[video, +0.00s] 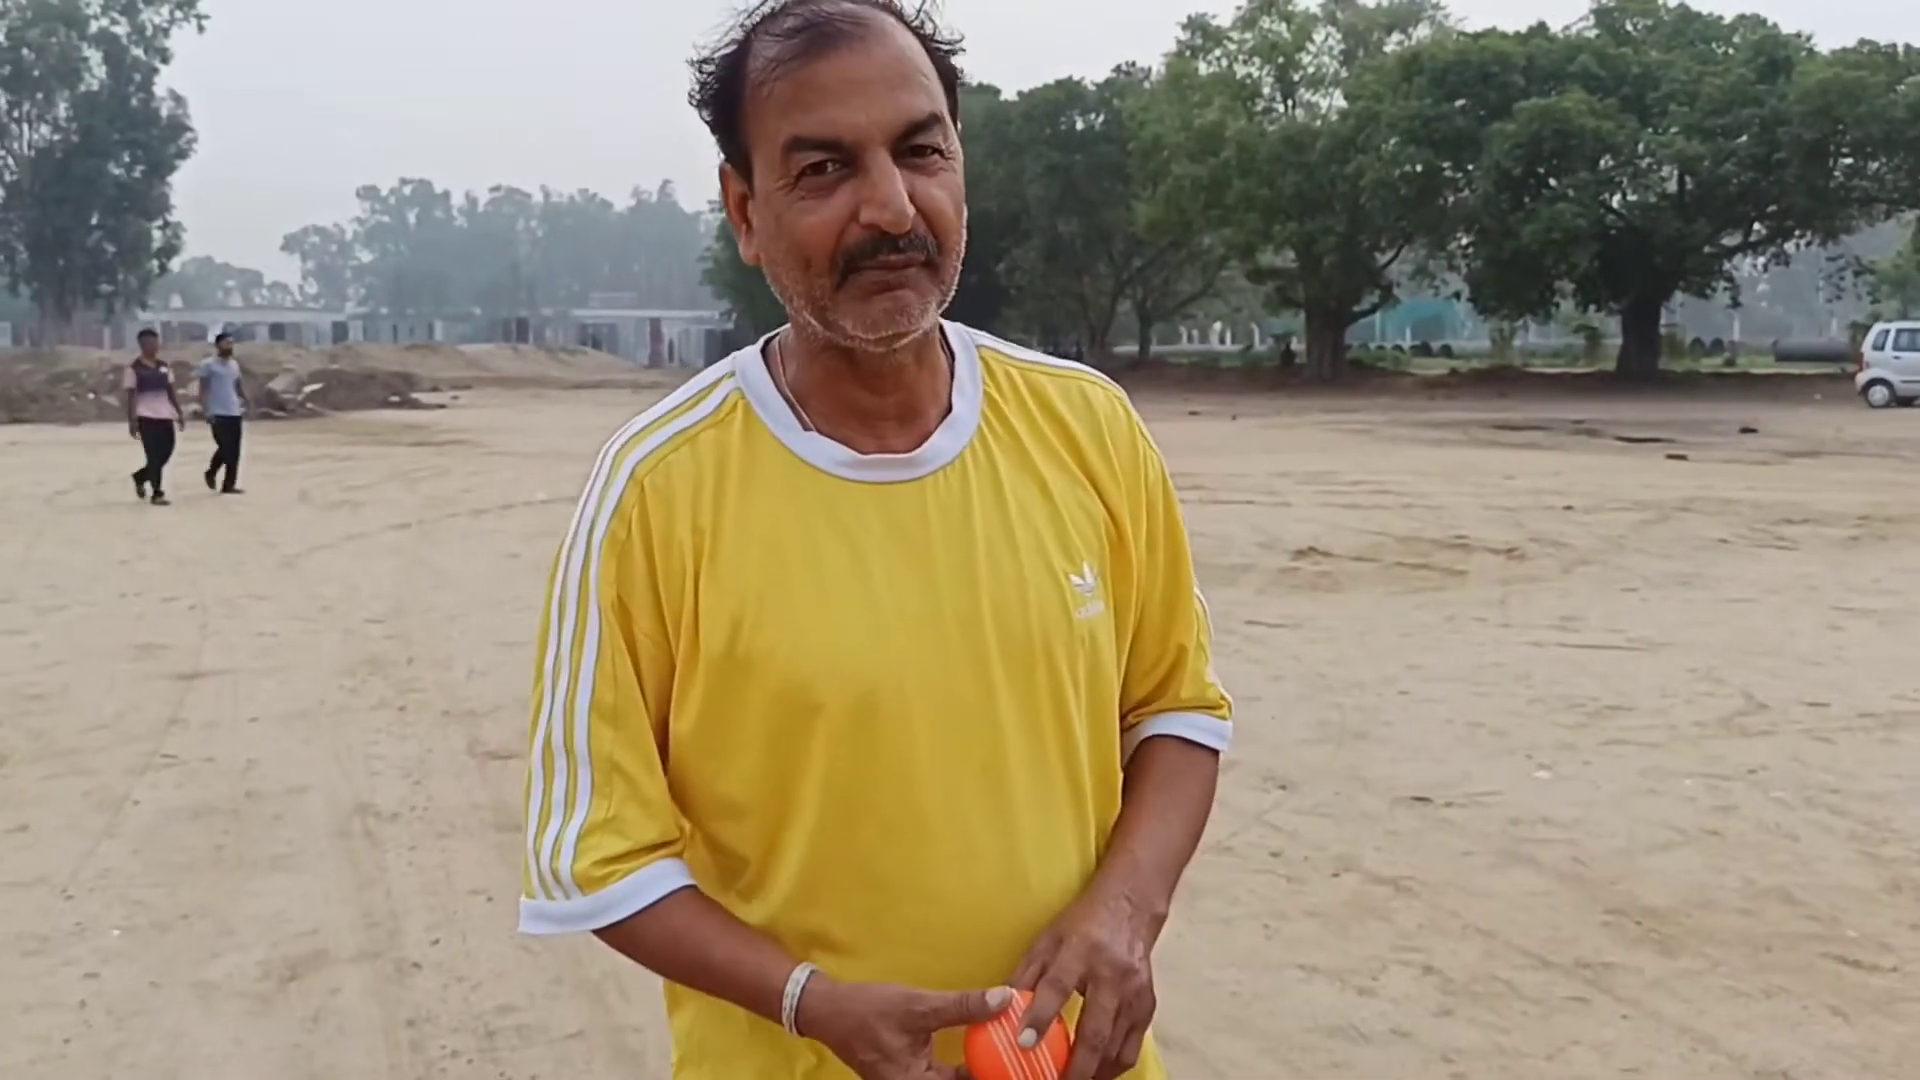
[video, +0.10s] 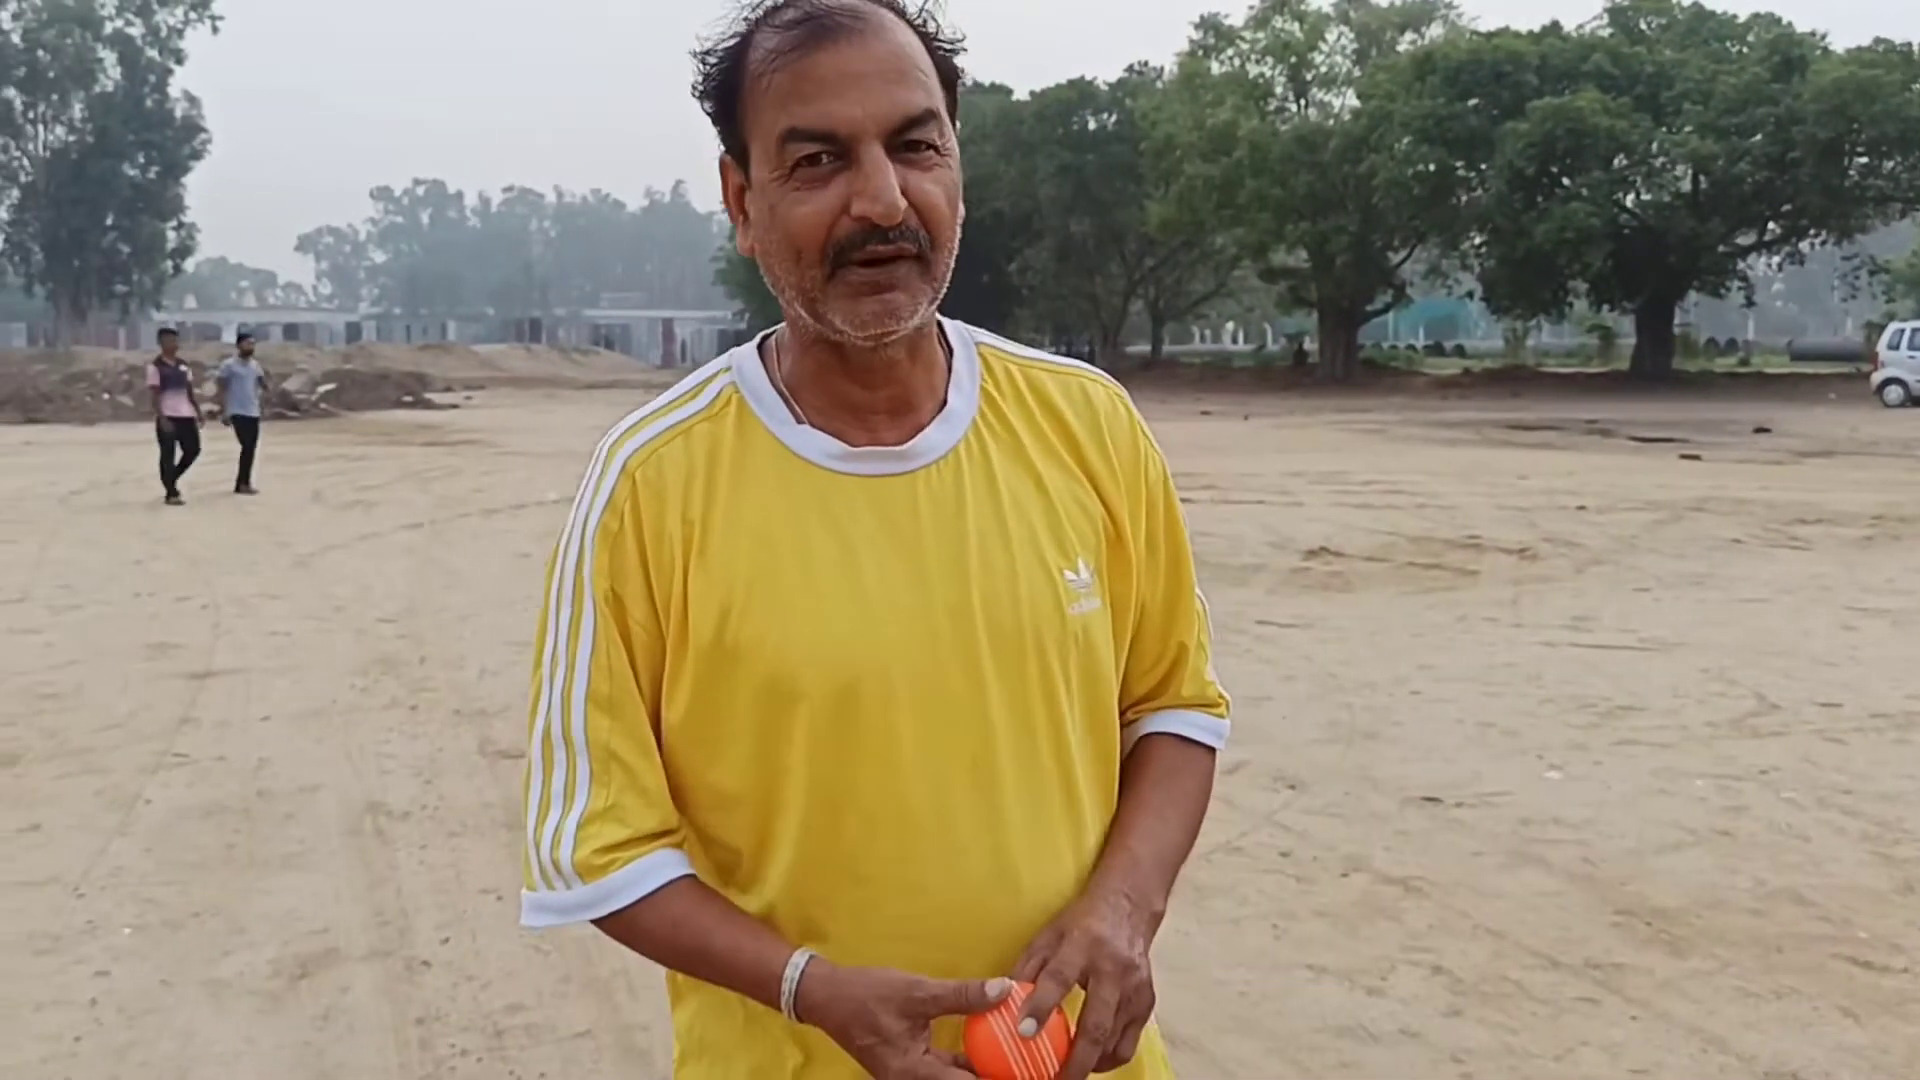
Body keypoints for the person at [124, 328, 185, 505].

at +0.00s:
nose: (153, 347)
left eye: (155, 343)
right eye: (149, 343)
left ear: (158, 344)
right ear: (142, 345)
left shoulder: (164, 367)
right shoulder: (133, 369)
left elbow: (171, 392)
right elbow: (131, 396)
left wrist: (179, 413)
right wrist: (132, 420)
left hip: (165, 415)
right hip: (146, 415)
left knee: (166, 451)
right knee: (154, 453)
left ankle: (141, 475)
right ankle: (157, 490)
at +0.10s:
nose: (172, 345)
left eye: (174, 340)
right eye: (168, 341)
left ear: (178, 342)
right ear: (161, 343)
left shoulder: (183, 366)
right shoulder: (155, 367)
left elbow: (190, 392)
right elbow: (154, 395)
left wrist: (198, 412)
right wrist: (161, 417)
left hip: (186, 414)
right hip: (168, 415)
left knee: (193, 449)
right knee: (168, 454)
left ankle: (172, 477)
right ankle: (170, 490)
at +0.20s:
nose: (191, 346)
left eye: (192, 342)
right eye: (186, 342)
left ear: (195, 343)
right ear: (179, 344)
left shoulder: (200, 366)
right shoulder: (173, 367)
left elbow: (205, 392)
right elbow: (174, 394)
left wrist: (212, 411)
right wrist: (189, 414)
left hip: (203, 415)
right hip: (183, 416)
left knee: (212, 450)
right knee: (181, 456)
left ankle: (202, 488)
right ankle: (181, 492)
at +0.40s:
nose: (223, 350)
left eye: (225, 346)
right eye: (219, 346)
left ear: (228, 348)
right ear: (212, 348)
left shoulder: (231, 371)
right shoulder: (206, 371)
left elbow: (236, 397)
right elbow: (208, 398)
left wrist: (240, 411)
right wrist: (230, 415)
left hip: (233, 423)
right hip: (215, 424)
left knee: (241, 462)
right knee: (206, 461)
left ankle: (250, 495)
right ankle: (197, 494)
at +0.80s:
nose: (304, 349)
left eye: (306, 344)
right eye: (300, 344)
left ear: (310, 346)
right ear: (292, 345)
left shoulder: (312, 369)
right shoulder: (283, 369)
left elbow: (320, 393)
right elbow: (275, 395)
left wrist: (326, 413)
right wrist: (272, 419)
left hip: (311, 415)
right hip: (293, 414)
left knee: (307, 454)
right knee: (304, 452)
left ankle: (304, 493)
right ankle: (300, 494)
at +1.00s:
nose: (348, 351)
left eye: (351, 348)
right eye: (344, 347)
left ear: (354, 348)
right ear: (338, 348)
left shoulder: (359, 372)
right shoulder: (329, 372)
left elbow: (367, 397)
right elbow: (321, 398)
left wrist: (379, 416)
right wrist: (315, 423)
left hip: (356, 420)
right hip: (339, 419)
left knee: (344, 458)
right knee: (351, 458)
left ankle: (329, 491)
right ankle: (366, 495)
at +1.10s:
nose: (368, 351)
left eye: (371, 347)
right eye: (364, 347)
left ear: (374, 348)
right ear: (357, 348)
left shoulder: (379, 370)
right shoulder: (350, 372)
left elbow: (389, 395)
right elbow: (344, 399)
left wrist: (398, 416)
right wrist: (342, 425)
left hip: (379, 418)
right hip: (362, 418)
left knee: (373, 457)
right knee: (372, 457)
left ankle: (350, 484)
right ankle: (381, 495)